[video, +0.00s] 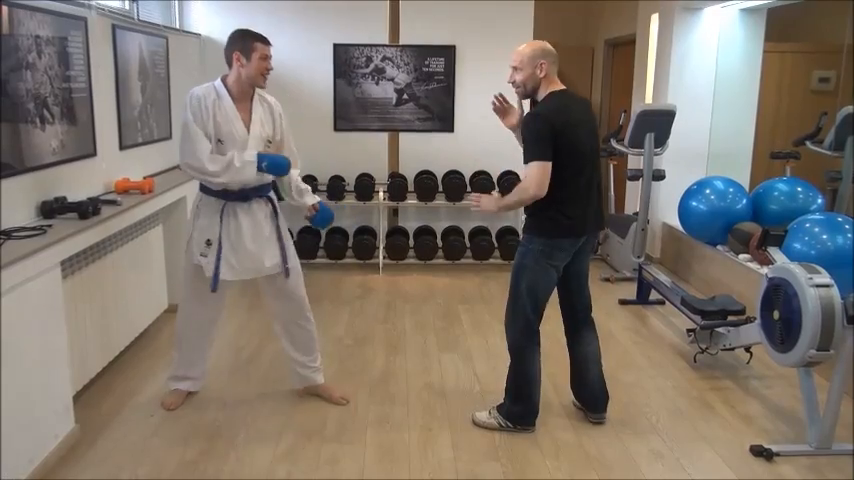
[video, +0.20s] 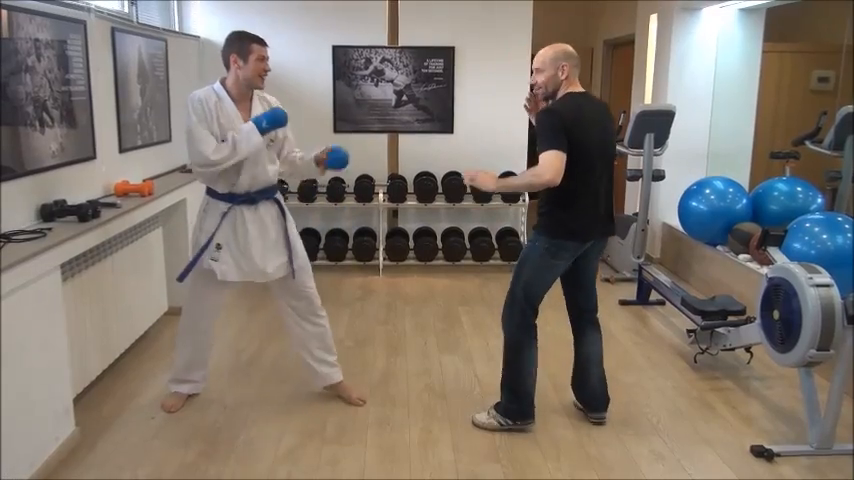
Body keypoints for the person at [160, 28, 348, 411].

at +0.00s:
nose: (270, 67)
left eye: (270, 60)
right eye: (263, 59)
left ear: (252, 63)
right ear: (237, 59)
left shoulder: (270, 108)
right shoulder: (202, 99)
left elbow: (285, 168)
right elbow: (194, 161)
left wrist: (309, 202)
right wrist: (257, 165)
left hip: (262, 211)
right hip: (215, 211)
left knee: (293, 295)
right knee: (200, 300)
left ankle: (311, 378)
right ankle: (184, 381)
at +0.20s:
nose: (267, 69)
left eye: (268, 62)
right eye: (261, 61)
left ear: (261, 66)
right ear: (234, 62)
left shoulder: (268, 105)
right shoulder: (202, 101)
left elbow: (286, 163)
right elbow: (203, 162)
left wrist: (316, 161)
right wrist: (257, 130)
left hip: (269, 212)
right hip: (221, 214)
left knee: (305, 296)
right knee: (200, 304)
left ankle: (331, 377)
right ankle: (184, 384)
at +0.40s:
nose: (279, 80)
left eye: (282, 73)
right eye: (274, 72)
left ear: (275, 73)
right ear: (248, 67)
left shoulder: (285, 110)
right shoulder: (216, 106)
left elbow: (327, 153)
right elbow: (228, 161)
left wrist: (361, 132)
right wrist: (275, 127)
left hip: (285, 214)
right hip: (237, 217)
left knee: (314, 300)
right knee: (212, 303)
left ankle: (331, 378)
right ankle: (188, 384)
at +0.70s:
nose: (287, 103)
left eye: (290, 97)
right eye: (284, 95)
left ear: (267, 91)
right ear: (259, 87)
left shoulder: (282, 128)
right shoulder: (219, 121)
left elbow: (301, 182)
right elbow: (232, 174)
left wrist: (325, 161)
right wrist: (277, 140)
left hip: (279, 228)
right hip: (232, 230)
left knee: (331, 301)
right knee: (202, 317)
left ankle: (334, 382)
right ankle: (185, 388)